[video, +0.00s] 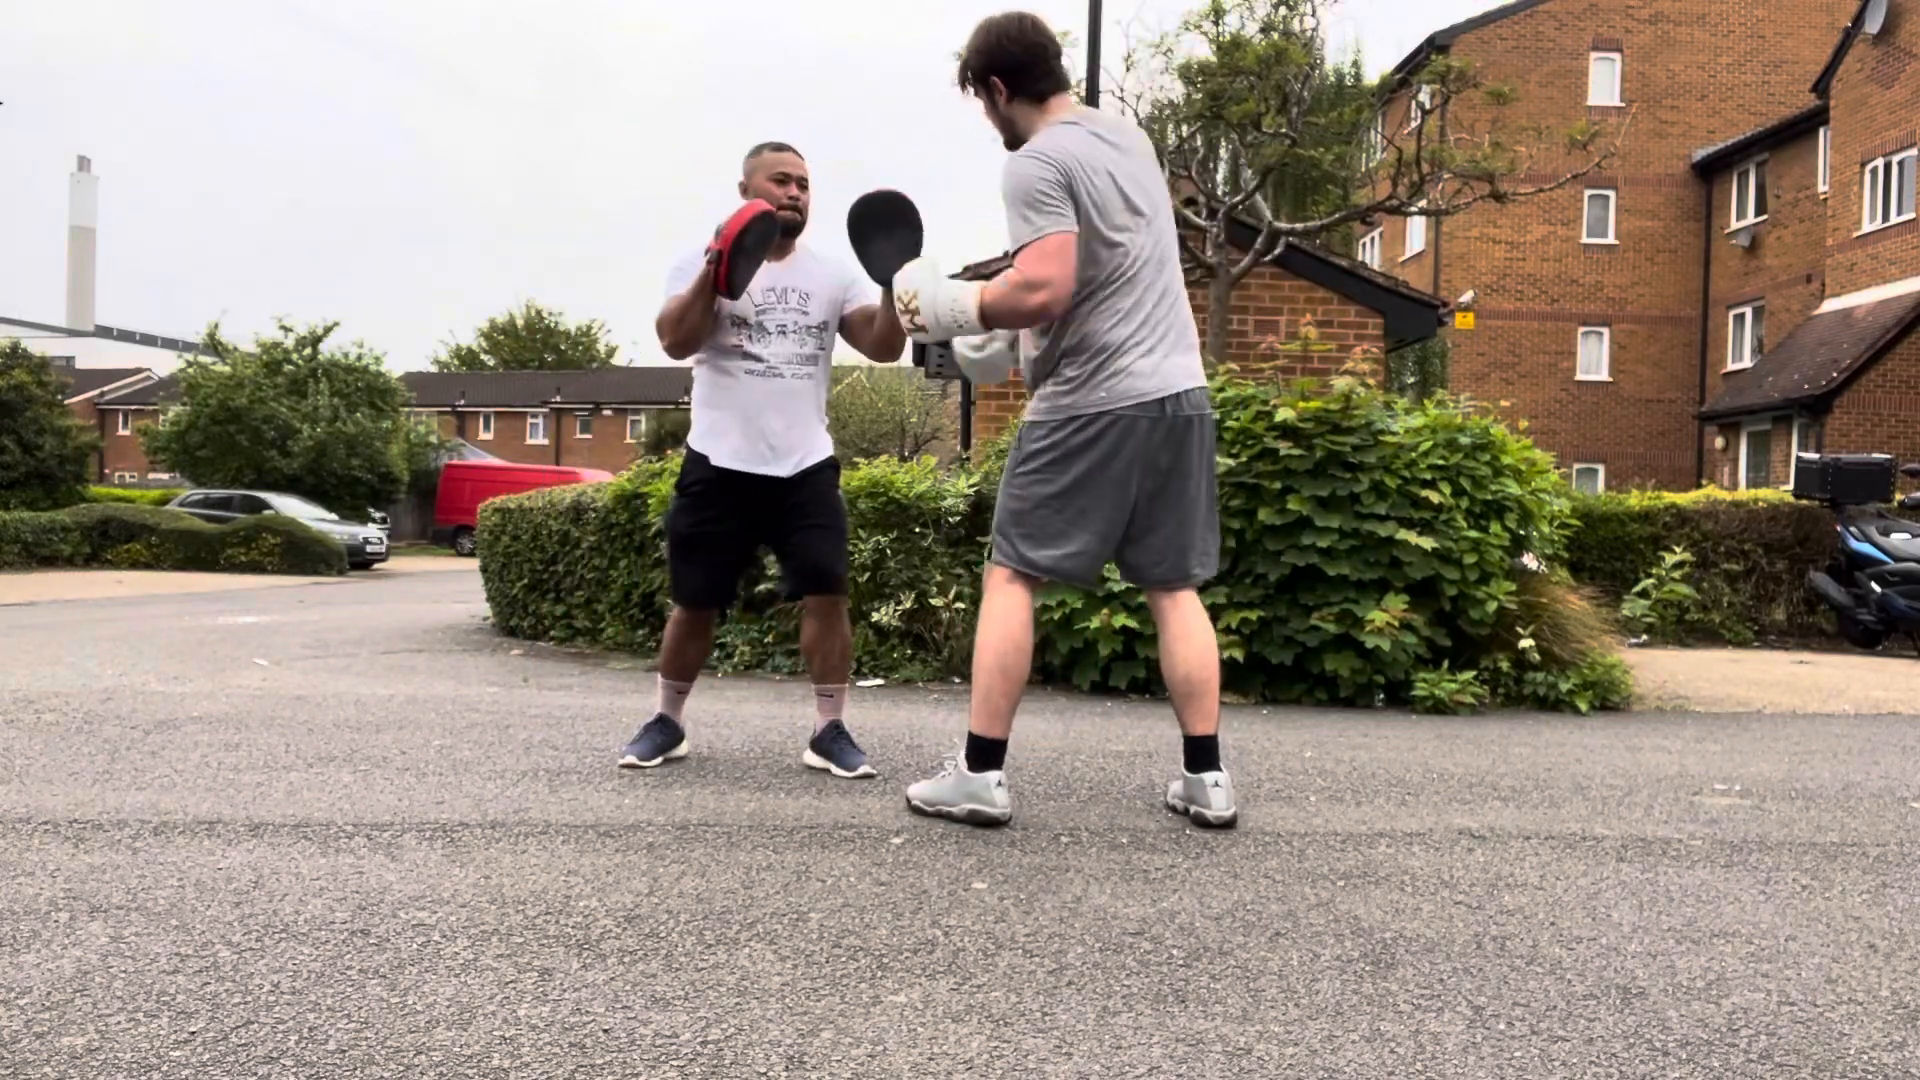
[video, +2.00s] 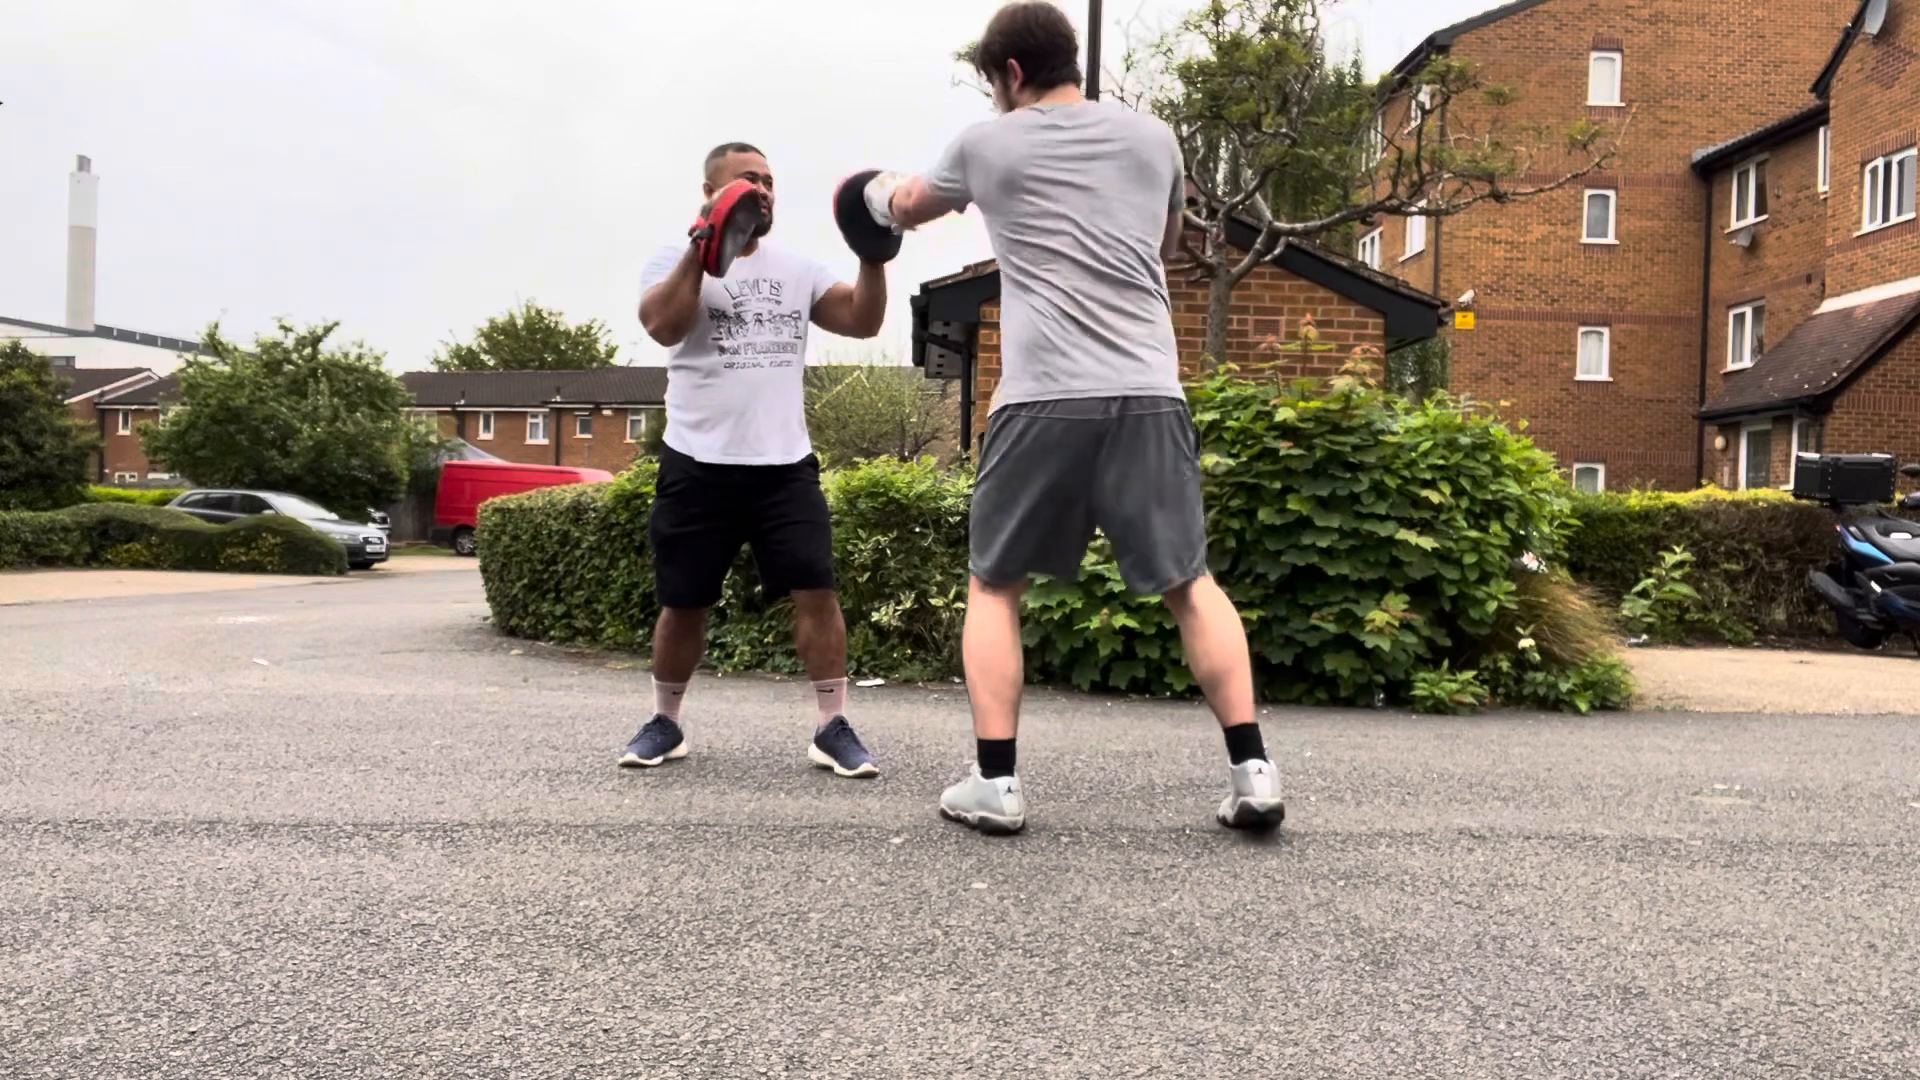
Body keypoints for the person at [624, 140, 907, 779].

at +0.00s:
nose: (796, 192)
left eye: (804, 184)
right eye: (781, 180)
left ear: (812, 198)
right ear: (745, 189)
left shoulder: (831, 267)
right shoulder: (708, 260)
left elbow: (884, 346)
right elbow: (674, 341)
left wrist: (898, 281)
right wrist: (716, 271)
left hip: (805, 462)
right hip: (719, 460)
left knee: (827, 588)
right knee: (694, 600)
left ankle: (830, 728)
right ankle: (666, 721)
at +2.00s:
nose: (761, 188)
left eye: (768, 180)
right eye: (745, 179)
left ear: (776, 195)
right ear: (711, 193)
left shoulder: (795, 265)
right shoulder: (673, 261)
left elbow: (863, 320)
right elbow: (664, 329)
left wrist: (873, 255)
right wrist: (700, 252)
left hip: (785, 460)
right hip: (698, 461)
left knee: (816, 586)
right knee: (682, 599)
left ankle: (834, 724)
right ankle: (665, 721)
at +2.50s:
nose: (812, 187)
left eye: (820, 180)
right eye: (797, 175)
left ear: (828, 199)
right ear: (760, 192)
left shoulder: (851, 269)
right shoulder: (727, 264)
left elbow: (929, 309)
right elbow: (694, 336)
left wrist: (944, 245)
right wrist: (751, 275)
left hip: (823, 469)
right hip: (735, 466)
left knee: (847, 591)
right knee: (702, 602)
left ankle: (847, 731)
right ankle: (666, 721)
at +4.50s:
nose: (792, 193)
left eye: (799, 185)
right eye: (777, 183)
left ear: (807, 200)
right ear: (743, 197)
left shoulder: (827, 268)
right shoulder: (705, 266)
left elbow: (905, 292)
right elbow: (688, 333)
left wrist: (923, 225)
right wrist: (727, 257)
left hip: (813, 464)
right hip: (727, 465)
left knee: (839, 590)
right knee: (712, 601)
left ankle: (851, 728)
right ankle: (699, 721)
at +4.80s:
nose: (810, 196)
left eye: (815, 188)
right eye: (797, 185)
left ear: (821, 204)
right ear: (765, 197)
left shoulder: (829, 282)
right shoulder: (726, 260)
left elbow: (869, 365)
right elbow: (730, 294)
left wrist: (905, 317)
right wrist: (757, 214)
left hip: (819, 462)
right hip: (736, 461)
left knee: (857, 579)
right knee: (719, 601)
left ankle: (868, 720)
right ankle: (699, 720)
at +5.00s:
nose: (828, 194)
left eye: (834, 187)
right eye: (813, 184)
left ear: (843, 201)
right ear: (778, 198)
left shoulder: (858, 278)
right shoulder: (743, 261)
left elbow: (907, 358)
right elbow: (719, 314)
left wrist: (926, 297)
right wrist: (780, 254)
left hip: (838, 464)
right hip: (753, 461)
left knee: (871, 592)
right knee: (727, 603)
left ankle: (890, 729)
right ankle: (700, 721)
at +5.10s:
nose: (849, 191)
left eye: (856, 184)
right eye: (834, 180)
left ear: (864, 202)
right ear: (799, 195)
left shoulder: (891, 265)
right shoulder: (764, 270)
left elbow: (981, 274)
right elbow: (731, 351)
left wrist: (1006, 211)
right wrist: (795, 301)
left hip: (856, 466)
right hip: (768, 464)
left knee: (881, 591)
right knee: (734, 600)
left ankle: (892, 730)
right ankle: (700, 719)